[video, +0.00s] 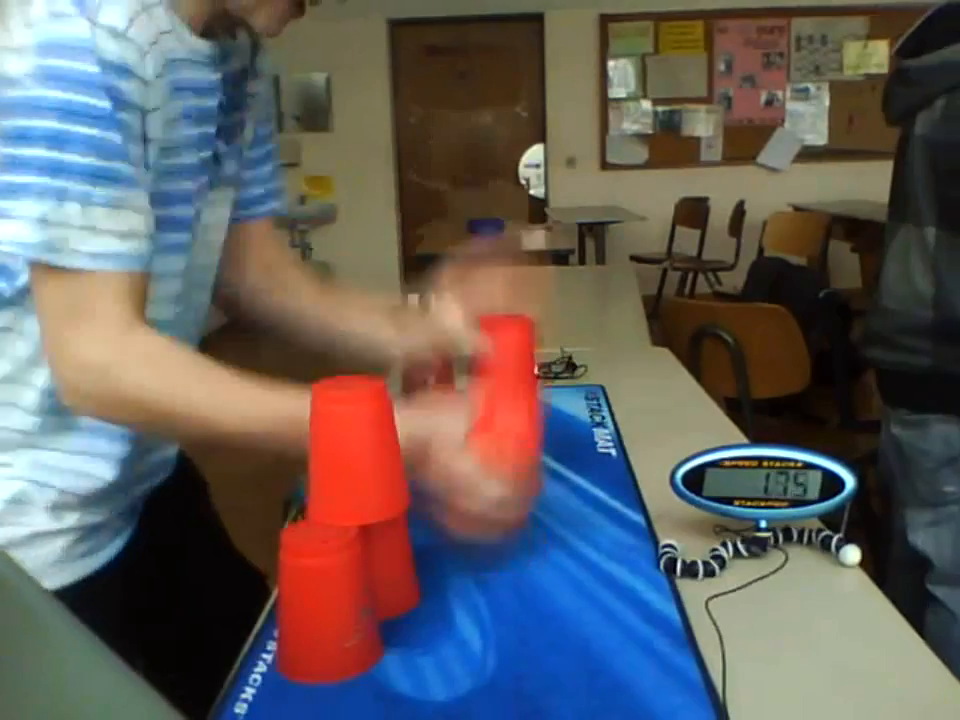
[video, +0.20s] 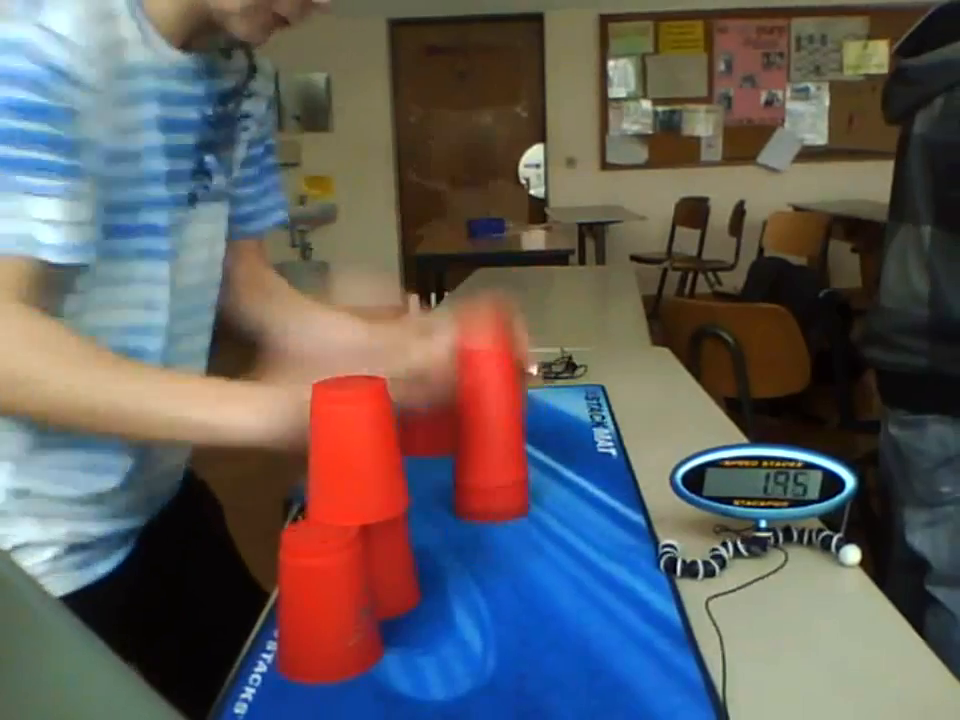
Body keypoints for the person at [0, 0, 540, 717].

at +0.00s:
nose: (304, 6)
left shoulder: (231, 48)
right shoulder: (68, 50)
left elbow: (250, 268)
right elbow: (94, 361)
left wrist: (414, 332)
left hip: (151, 494)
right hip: (40, 550)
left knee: (287, 681)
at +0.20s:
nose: (312, 8)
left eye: (317, 0)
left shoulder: (232, 65)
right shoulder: (39, 46)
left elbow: (246, 283)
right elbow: (5, 332)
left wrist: (399, 350)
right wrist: (269, 410)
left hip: (163, 505)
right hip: (42, 557)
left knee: (287, 696)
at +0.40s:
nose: (274, 4)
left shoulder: (199, 50)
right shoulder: (16, 39)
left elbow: (151, 254)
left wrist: (292, 380)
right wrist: (182, 453)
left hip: (157, 502)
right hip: (35, 549)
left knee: (259, 691)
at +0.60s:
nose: (340, 4)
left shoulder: (189, 52)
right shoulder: (61, 36)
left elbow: (162, 255)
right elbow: (80, 334)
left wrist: (338, 326)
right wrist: (341, 378)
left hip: (124, 475)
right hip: (38, 531)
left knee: (257, 679)